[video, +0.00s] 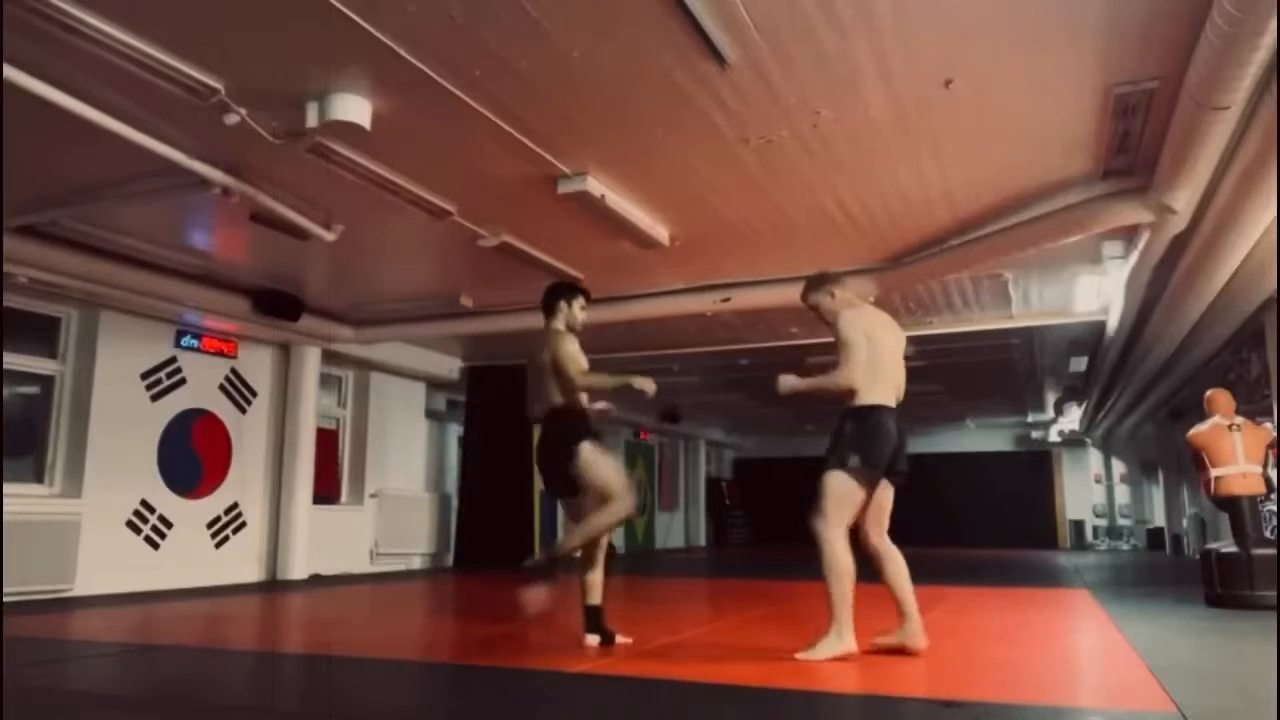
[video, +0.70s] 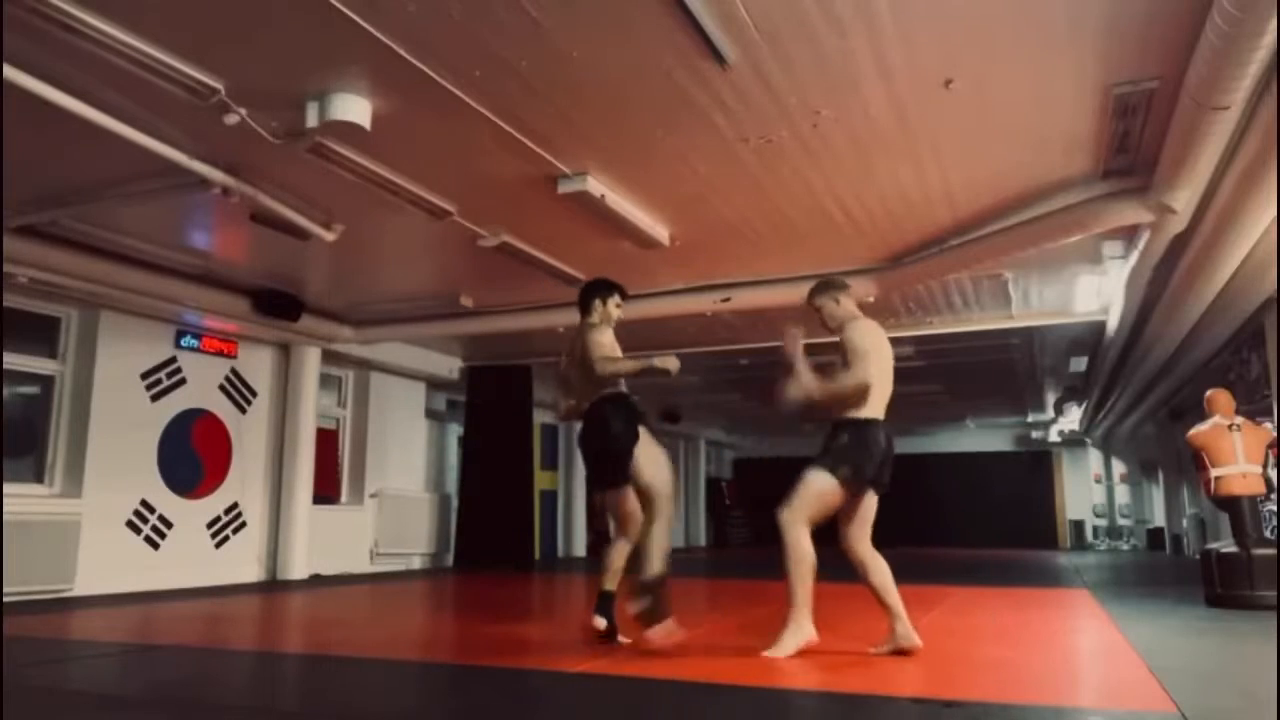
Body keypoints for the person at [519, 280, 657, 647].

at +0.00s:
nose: (584, 316)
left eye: (584, 309)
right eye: (580, 308)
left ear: (555, 310)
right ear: (561, 308)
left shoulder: (543, 347)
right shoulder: (562, 340)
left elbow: (552, 402)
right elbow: (580, 378)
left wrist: (590, 406)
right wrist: (630, 380)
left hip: (551, 441)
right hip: (570, 437)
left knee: (595, 536)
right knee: (625, 499)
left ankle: (594, 622)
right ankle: (558, 553)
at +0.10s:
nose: (590, 313)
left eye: (591, 306)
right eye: (587, 306)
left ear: (560, 308)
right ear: (569, 305)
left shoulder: (544, 347)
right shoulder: (570, 335)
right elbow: (582, 372)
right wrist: (636, 379)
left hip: (560, 440)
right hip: (586, 424)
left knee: (596, 530)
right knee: (671, 447)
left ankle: (595, 623)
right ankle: (635, 516)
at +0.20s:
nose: (594, 316)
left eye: (595, 310)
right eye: (591, 309)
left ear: (564, 311)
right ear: (574, 308)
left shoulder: (549, 348)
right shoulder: (577, 334)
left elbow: (547, 406)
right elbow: (589, 369)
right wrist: (641, 379)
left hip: (573, 435)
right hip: (600, 415)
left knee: (599, 529)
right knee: (693, 425)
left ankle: (600, 624)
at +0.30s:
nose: (601, 320)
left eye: (601, 313)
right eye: (597, 312)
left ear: (567, 313)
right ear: (580, 310)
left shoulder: (551, 357)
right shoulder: (583, 333)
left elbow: (550, 413)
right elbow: (595, 369)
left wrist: (575, 400)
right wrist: (647, 379)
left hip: (579, 435)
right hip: (607, 411)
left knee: (602, 528)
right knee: (701, 420)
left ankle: (602, 624)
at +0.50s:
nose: (611, 317)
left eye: (612, 311)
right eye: (608, 310)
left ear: (580, 312)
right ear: (589, 309)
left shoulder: (560, 351)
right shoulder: (593, 332)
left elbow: (557, 408)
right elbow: (608, 364)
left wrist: (571, 403)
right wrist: (662, 374)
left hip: (588, 436)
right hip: (616, 417)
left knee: (607, 532)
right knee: (701, 433)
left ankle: (603, 625)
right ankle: (764, 482)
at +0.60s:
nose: (614, 314)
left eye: (615, 307)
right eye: (611, 306)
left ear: (582, 309)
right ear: (593, 305)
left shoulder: (566, 349)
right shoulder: (594, 328)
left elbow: (564, 409)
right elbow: (604, 360)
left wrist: (597, 394)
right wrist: (656, 365)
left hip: (590, 437)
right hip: (617, 420)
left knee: (612, 529)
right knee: (690, 455)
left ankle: (603, 621)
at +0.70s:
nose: (620, 314)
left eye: (620, 307)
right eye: (617, 306)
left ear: (588, 308)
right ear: (599, 305)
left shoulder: (574, 346)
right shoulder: (598, 329)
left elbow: (567, 408)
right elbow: (603, 365)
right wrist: (652, 363)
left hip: (593, 431)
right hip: (616, 419)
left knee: (629, 525)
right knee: (663, 494)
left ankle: (604, 611)